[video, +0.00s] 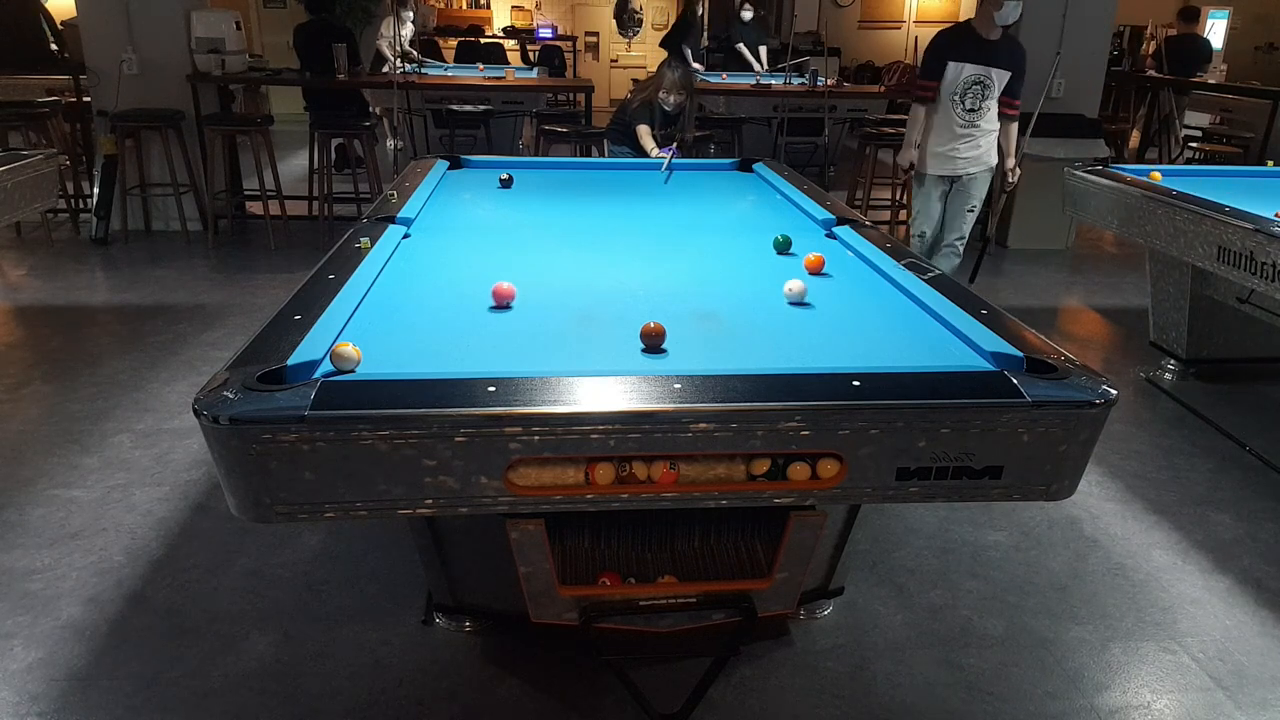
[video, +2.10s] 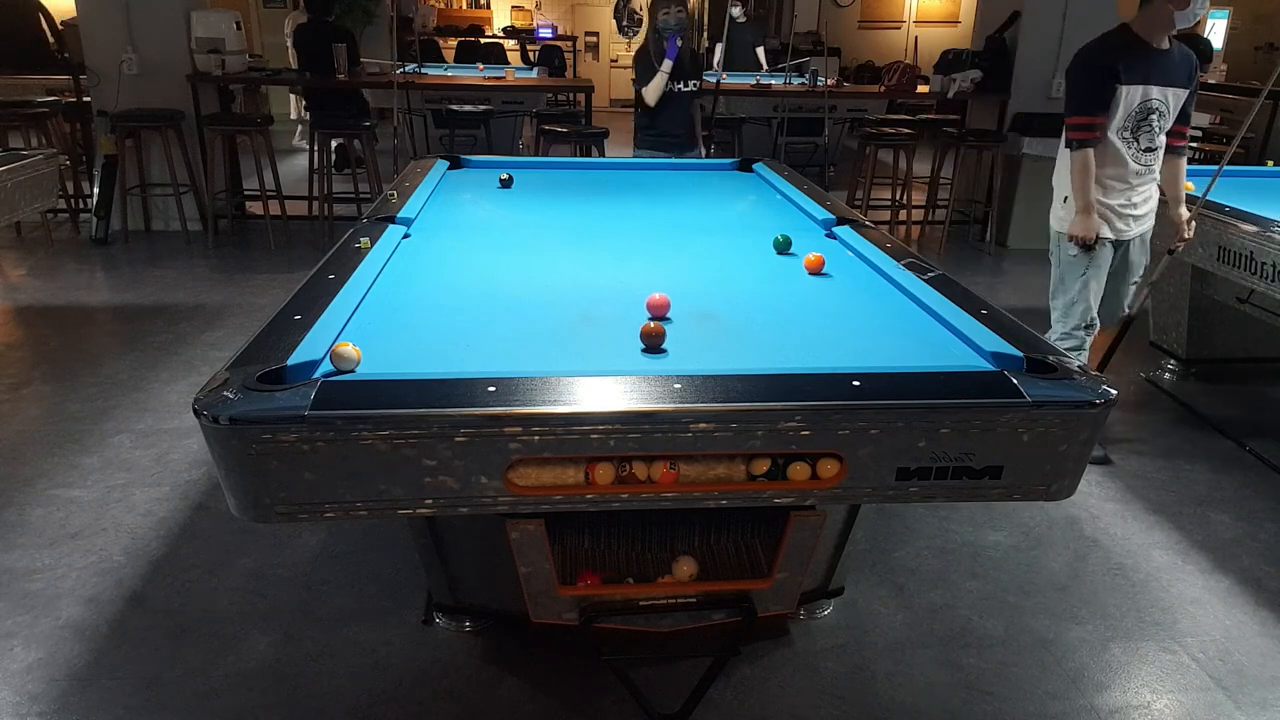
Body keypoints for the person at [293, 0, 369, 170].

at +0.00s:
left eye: (304, 5)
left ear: (307, 8)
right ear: (333, 8)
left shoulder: (300, 31)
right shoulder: (343, 30)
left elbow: (305, 65)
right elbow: (357, 68)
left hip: (315, 102)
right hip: (346, 103)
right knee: (362, 106)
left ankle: (351, 152)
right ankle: (344, 149)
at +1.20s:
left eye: (303, 5)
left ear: (307, 8)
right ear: (333, 7)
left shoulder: (300, 30)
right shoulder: (342, 30)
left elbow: (305, 61)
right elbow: (357, 61)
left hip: (314, 101)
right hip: (345, 101)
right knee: (362, 106)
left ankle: (350, 150)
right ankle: (343, 147)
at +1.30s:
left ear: (308, 8)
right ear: (335, 8)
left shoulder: (300, 31)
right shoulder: (344, 33)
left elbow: (305, 64)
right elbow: (355, 70)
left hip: (314, 102)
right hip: (346, 102)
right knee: (362, 107)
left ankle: (351, 150)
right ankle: (343, 147)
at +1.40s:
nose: (347, 10)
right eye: (344, 5)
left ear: (309, 8)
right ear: (337, 8)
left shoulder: (299, 31)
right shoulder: (344, 34)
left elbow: (305, 64)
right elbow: (355, 70)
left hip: (314, 102)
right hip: (345, 103)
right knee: (362, 106)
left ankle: (350, 150)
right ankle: (344, 147)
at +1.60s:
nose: (338, 7)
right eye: (336, 4)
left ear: (308, 8)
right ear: (332, 8)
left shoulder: (300, 31)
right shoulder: (344, 34)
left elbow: (306, 64)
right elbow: (357, 73)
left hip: (315, 104)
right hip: (346, 105)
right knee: (362, 105)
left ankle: (351, 150)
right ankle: (344, 148)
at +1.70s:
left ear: (308, 8)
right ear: (331, 8)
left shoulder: (300, 31)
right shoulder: (343, 32)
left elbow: (305, 65)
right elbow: (357, 71)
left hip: (315, 103)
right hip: (346, 104)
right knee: (362, 106)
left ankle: (351, 150)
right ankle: (345, 148)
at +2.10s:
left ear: (307, 8)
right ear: (332, 8)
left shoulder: (300, 31)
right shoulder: (343, 31)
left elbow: (303, 68)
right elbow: (356, 71)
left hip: (315, 103)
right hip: (346, 104)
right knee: (362, 106)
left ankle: (351, 151)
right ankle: (344, 148)